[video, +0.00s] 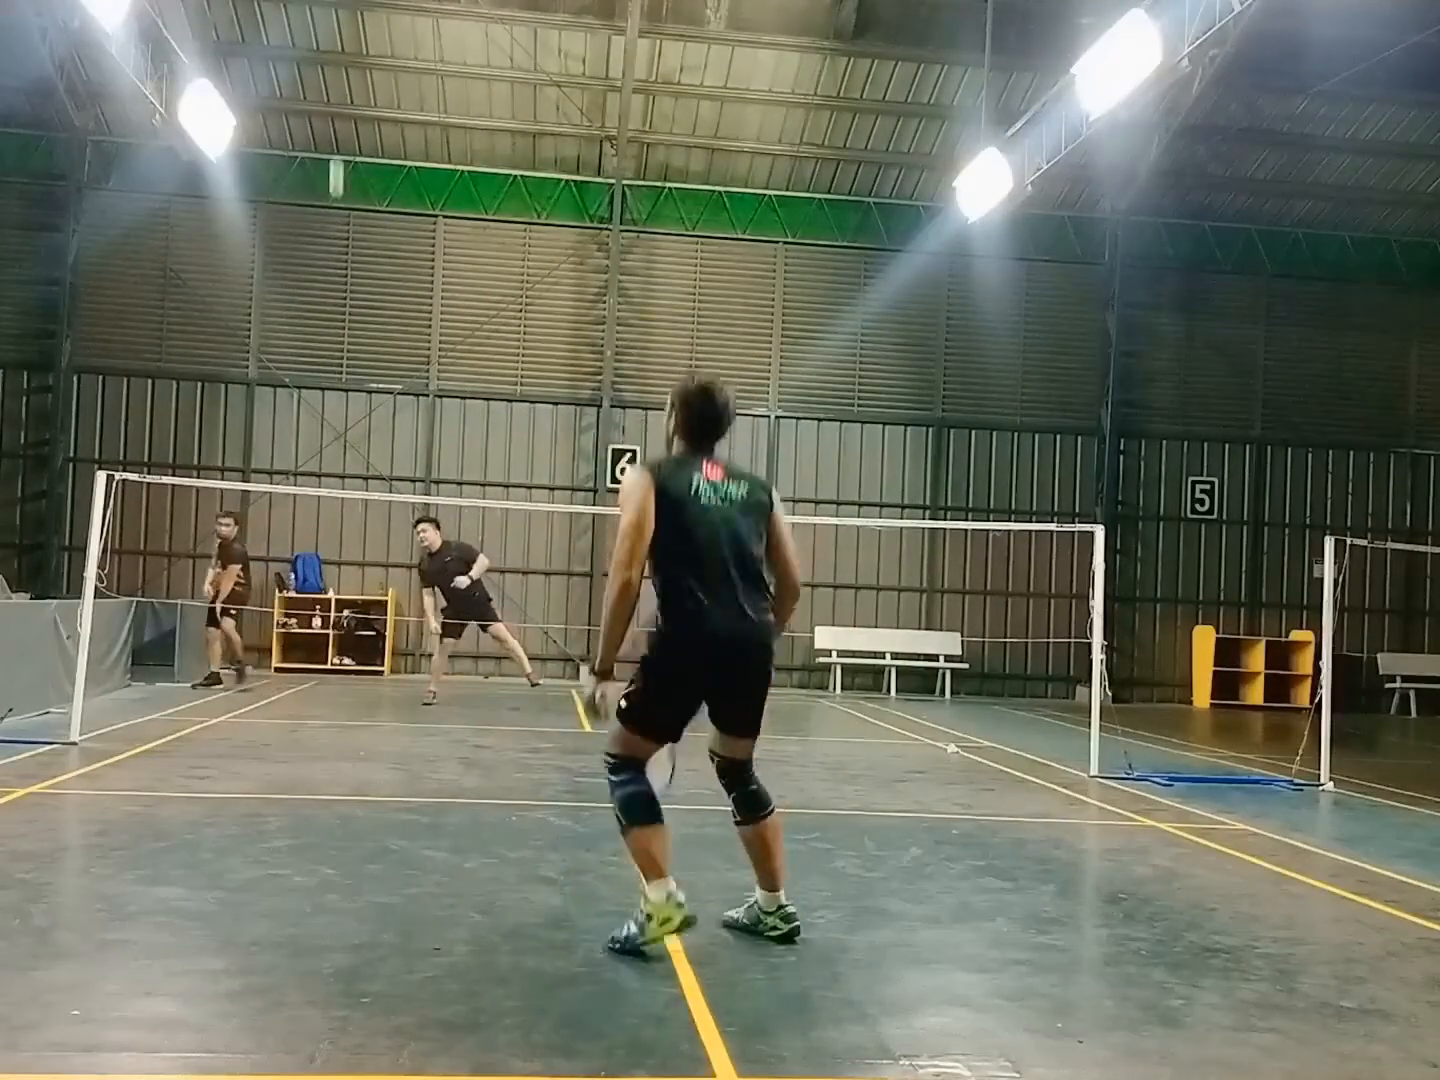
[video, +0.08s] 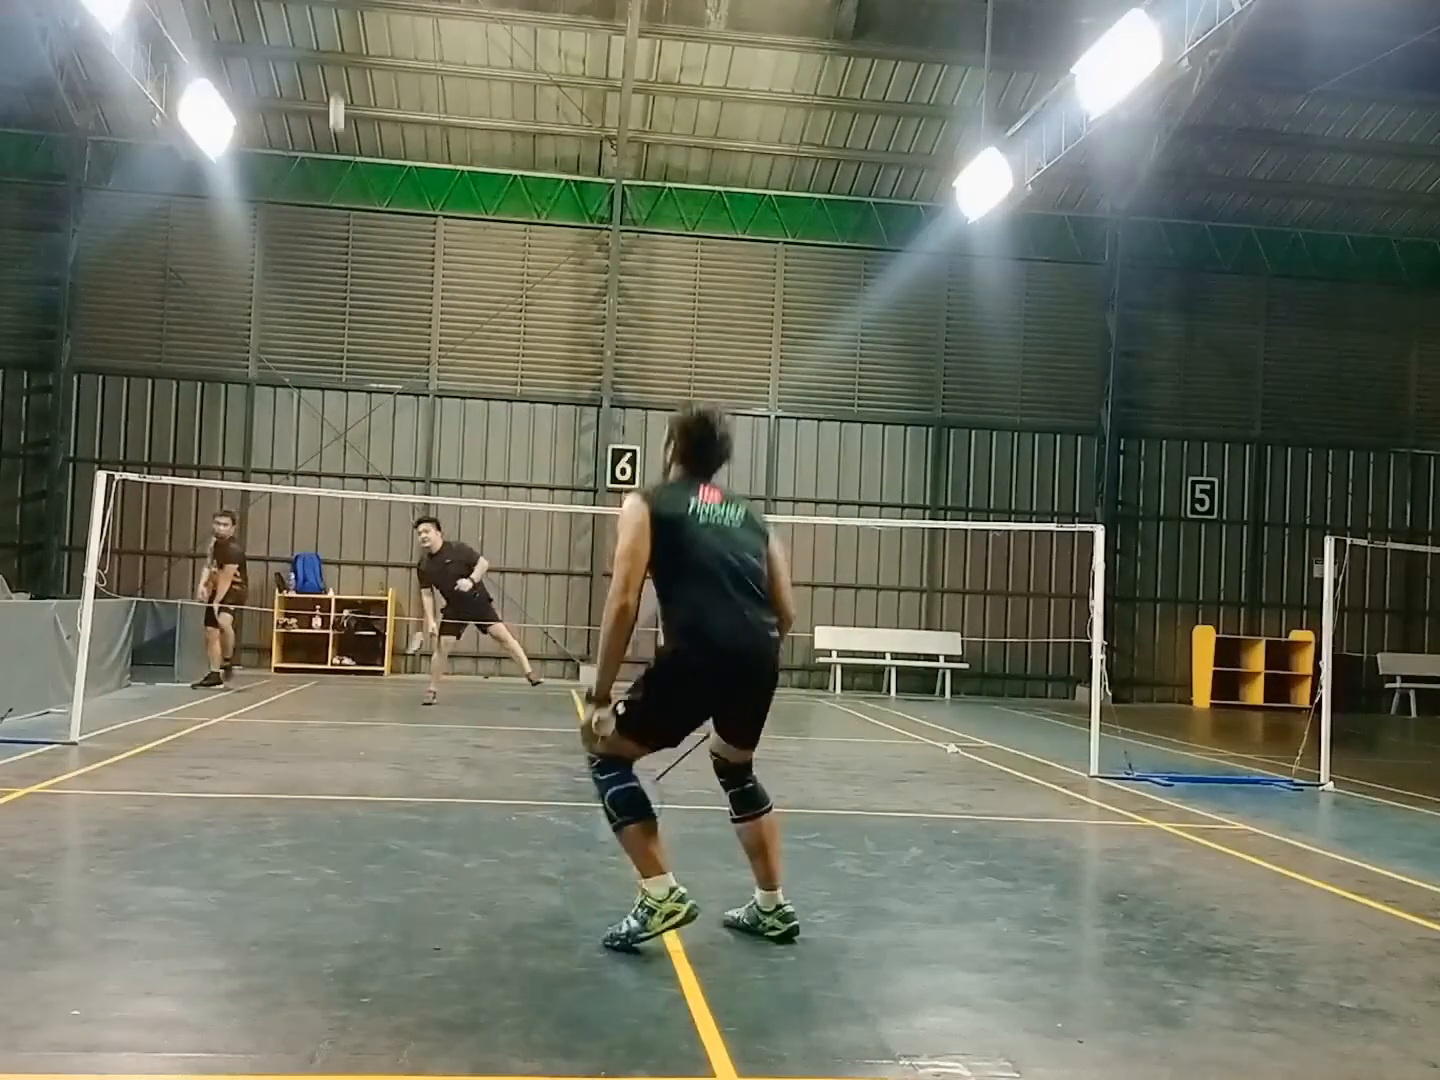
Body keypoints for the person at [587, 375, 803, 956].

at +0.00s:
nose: (669, 424)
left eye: (672, 416)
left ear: (675, 424)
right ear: (723, 429)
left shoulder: (649, 479)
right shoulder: (757, 487)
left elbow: (626, 578)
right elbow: (790, 581)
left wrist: (602, 666)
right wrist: (770, 625)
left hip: (683, 646)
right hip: (751, 648)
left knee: (626, 761)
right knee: (736, 766)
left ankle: (662, 899)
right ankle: (774, 905)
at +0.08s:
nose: (665, 453)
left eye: (668, 445)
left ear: (673, 453)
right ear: (720, 459)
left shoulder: (646, 505)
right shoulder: (749, 516)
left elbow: (625, 602)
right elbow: (784, 613)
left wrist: (601, 692)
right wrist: (748, 654)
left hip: (695, 657)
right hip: (758, 660)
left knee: (610, 756)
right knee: (735, 767)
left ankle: (660, 892)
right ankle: (772, 903)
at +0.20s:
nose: (643, 451)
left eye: (647, 444)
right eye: (648, 442)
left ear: (657, 452)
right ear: (698, 461)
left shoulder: (641, 499)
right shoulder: (720, 514)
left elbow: (637, 589)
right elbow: (748, 606)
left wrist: (600, 673)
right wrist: (751, 671)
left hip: (687, 666)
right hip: (744, 665)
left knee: (579, 770)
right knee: (717, 767)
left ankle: (659, 886)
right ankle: (767, 900)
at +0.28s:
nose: (632, 418)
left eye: (638, 411)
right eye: (638, 409)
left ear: (650, 427)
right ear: (680, 436)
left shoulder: (641, 480)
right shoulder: (688, 488)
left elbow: (653, 569)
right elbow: (692, 588)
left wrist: (600, 646)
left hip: (678, 657)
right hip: (718, 652)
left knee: (577, 777)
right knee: (690, 762)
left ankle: (643, 890)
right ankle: (761, 892)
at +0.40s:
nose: (604, 376)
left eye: (615, 371)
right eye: (611, 369)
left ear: (634, 393)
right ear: (631, 396)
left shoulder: (667, 464)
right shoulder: (613, 463)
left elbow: (681, 569)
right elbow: (590, 559)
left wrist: (610, 639)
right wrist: (534, 598)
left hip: (658, 637)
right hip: (618, 632)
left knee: (607, 785)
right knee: (602, 764)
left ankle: (642, 896)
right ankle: (695, 847)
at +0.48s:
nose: (595, 358)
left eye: (609, 352)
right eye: (604, 349)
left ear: (629, 376)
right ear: (621, 378)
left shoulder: (670, 456)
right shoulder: (582, 447)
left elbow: (689, 561)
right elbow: (519, 496)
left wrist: (622, 640)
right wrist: (483, 531)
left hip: (646, 633)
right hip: (584, 624)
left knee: (621, 776)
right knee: (555, 765)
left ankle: (642, 892)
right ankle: (618, 856)